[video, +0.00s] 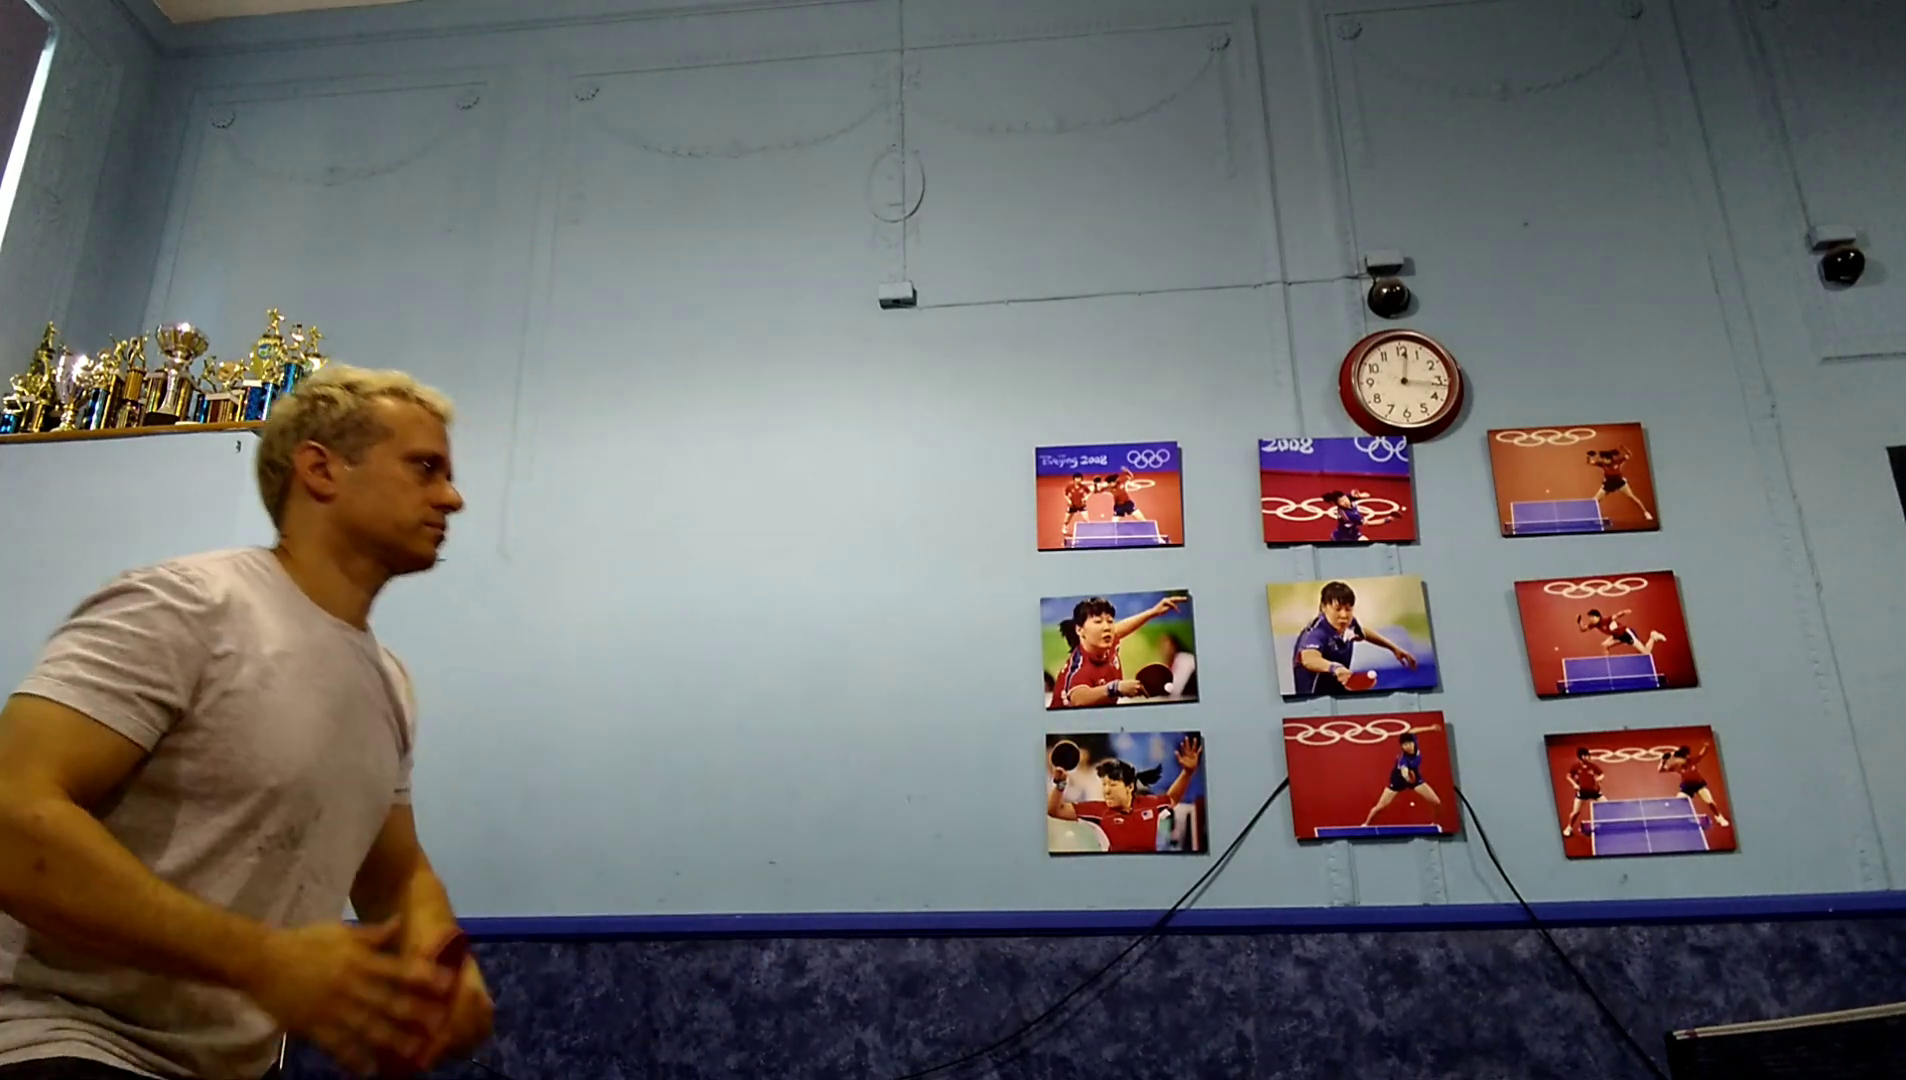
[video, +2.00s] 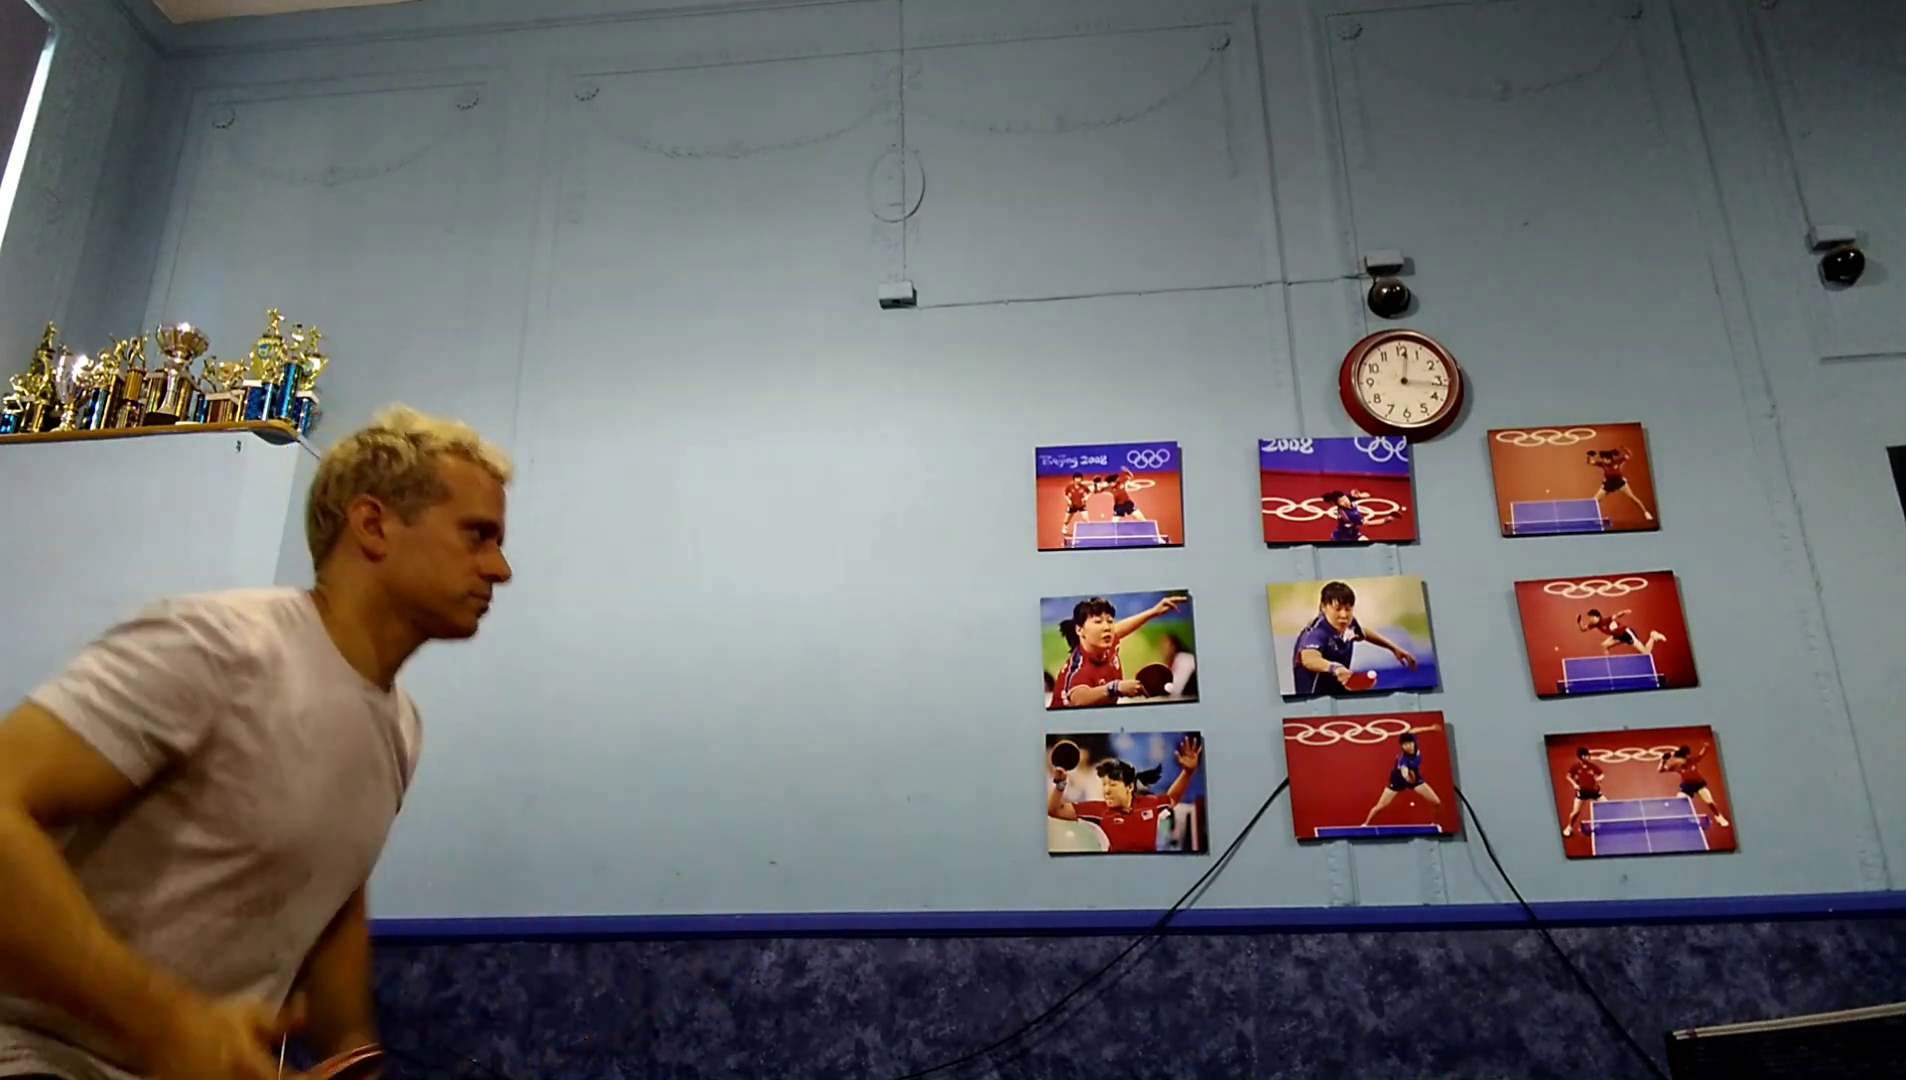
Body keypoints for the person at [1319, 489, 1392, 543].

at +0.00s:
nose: (1345, 502)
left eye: (1344, 499)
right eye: (1341, 502)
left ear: (1347, 497)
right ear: (1338, 505)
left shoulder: (1349, 499)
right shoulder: (1349, 515)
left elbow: (1368, 495)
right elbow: (1366, 523)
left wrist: (1360, 495)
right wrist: (1384, 520)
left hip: (1355, 535)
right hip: (1342, 538)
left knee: (1370, 547)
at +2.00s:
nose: (1344, 502)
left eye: (1344, 499)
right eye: (1341, 502)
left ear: (1346, 497)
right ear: (1338, 505)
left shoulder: (1350, 500)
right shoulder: (1349, 515)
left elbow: (1367, 496)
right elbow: (1367, 523)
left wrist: (1360, 495)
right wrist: (1385, 520)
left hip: (1356, 536)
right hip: (1342, 538)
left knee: (1370, 547)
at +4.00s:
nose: (1344, 502)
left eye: (1344, 499)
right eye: (1341, 502)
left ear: (1346, 497)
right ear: (1339, 505)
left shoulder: (1349, 498)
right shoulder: (1349, 515)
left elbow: (1367, 496)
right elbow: (1366, 523)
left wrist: (1360, 495)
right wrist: (1385, 520)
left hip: (1356, 536)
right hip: (1341, 538)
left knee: (1371, 548)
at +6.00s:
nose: (1344, 502)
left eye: (1344, 499)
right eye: (1341, 502)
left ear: (1346, 497)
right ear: (1339, 505)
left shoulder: (1349, 498)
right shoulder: (1350, 515)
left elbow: (1367, 496)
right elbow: (1366, 523)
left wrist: (1360, 495)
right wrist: (1385, 520)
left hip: (1356, 536)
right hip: (1341, 538)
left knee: (1371, 548)